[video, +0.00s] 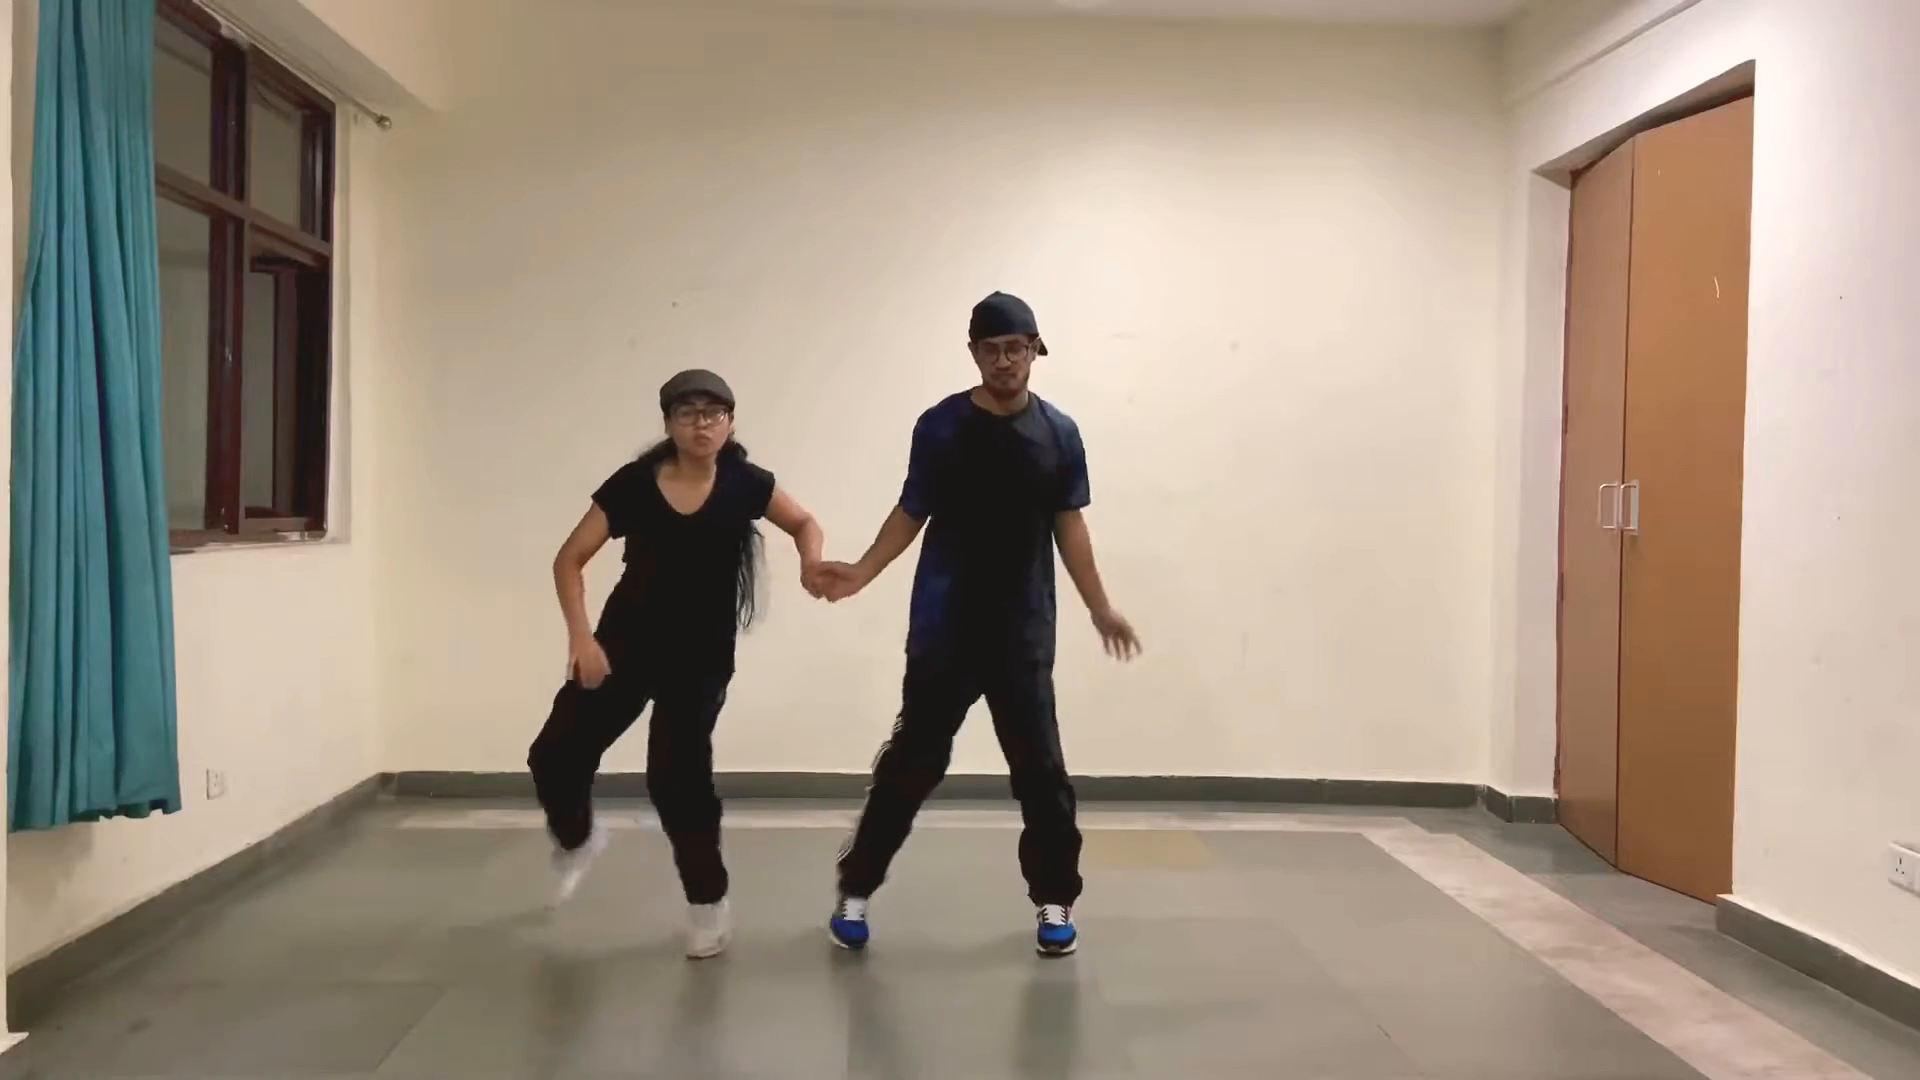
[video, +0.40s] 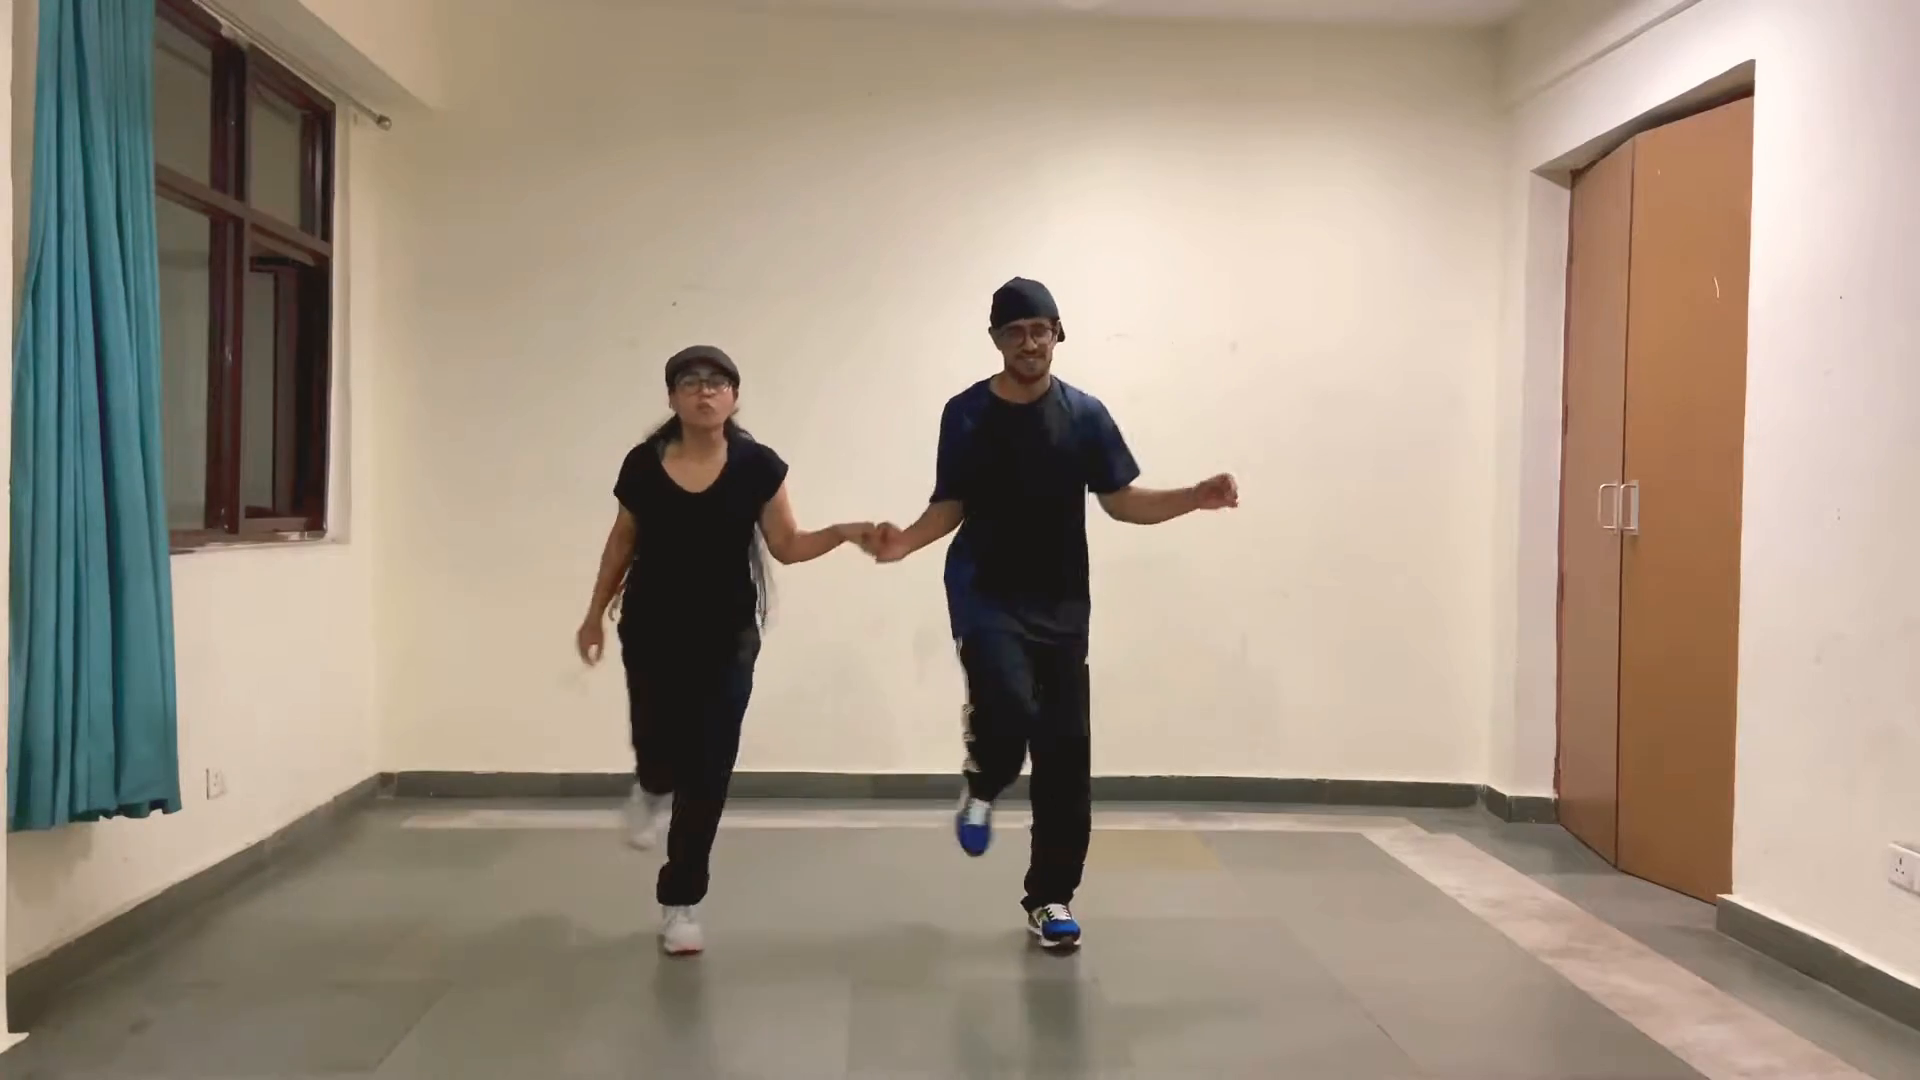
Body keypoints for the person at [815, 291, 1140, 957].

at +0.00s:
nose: (1005, 361)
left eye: (1016, 349)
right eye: (992, 350)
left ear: (1035, 352)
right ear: (974, 353)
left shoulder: (1059, 435)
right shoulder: (942, 426)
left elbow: (1070, 525)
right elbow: (911, 511)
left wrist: (1101, 610)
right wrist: (859, 572)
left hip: (1023, 630)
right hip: (945, 626)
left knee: (1041, 767)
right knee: (918, 755)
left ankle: (1055, 900)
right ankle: (856, 886)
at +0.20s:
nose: (1004, 366)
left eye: (1015, 353)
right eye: (990, 356)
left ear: (1034, 355)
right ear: (973, 361)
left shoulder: (1062, 431)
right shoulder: (942, 437)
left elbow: (1088, 506)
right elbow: (888, 520)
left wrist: (1152, 551)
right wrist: (826, 590)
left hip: (1027, 636)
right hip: (949, 635)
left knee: (1034, 773)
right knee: (893, 761)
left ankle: (1043, 900)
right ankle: (843, 891)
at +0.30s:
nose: (1019, 357)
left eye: (1030, 345)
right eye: (1005, 347)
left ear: (1047, 348)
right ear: (986, 354)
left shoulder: (1074, 424)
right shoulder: (957, 430)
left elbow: (1092, 506)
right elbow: (916, 510)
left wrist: (1176, 520)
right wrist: (871, 572)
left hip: (1051, 631)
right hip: (974, 631)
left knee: (1064, 764)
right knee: (954, 747)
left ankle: (1048, 898)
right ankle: (897, 850)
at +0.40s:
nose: (1031, 344)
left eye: (1042, 332)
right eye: (1018, 333)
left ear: (1058, 337)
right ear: (997, 339)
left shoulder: (1084, 415)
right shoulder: (967, 414)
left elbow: (1122, 500)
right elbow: (952, 501)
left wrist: (1195, 497)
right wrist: (906, 541)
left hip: (1062, 604)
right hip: (987, 597)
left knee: (1065, 750)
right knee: (1009, 709)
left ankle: (1051, 898)